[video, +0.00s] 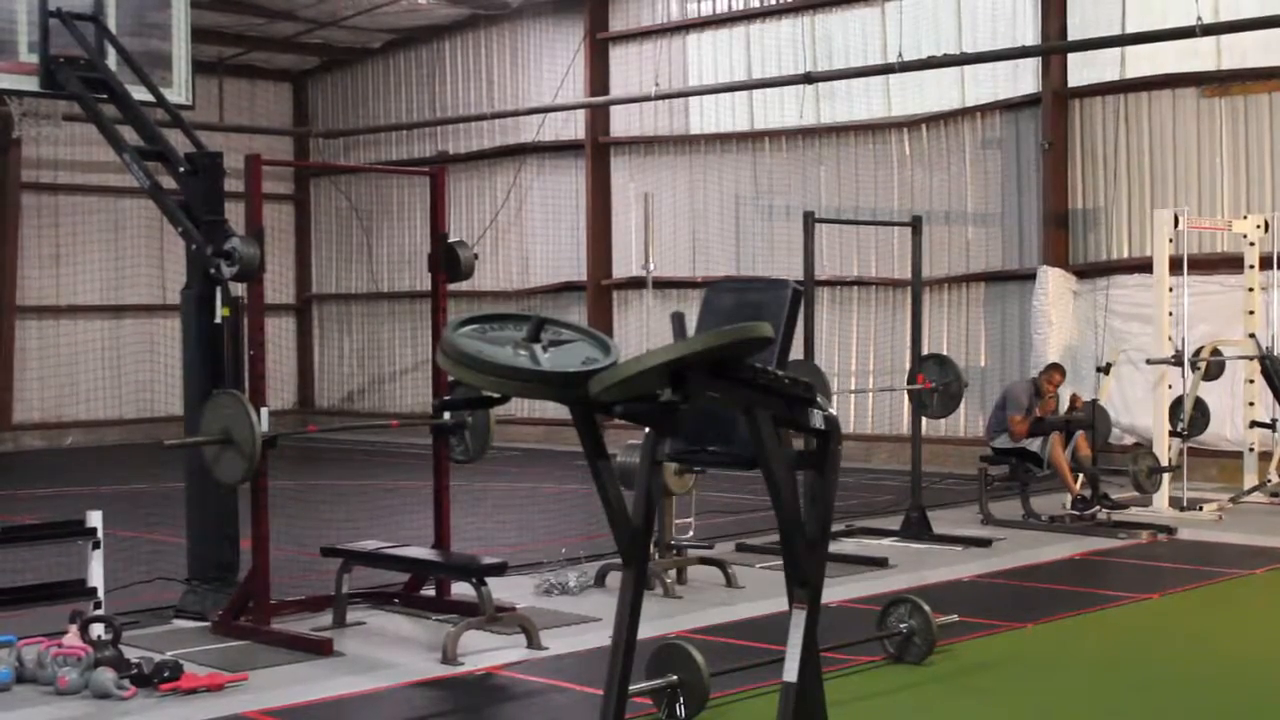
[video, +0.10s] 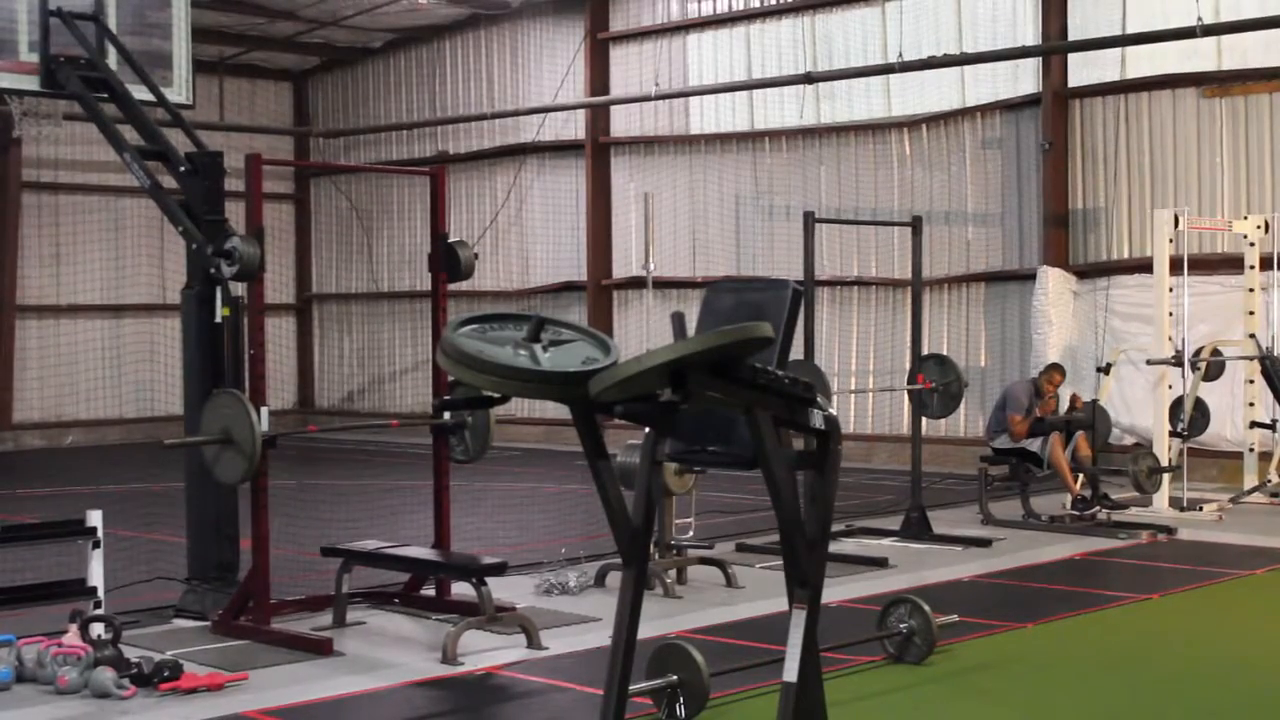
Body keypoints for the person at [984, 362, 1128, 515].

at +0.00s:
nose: (1051, 389)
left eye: (1056, 386)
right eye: (1049, 383)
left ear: (1059, 386)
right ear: (1040, 375)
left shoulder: (1048, 395)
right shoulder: (1019, 390)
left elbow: (1050, 424)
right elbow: (1016, 434)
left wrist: (1071, 411)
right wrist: (1040, 415)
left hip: (1026, 438)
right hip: (1001, 439)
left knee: (1078, 435)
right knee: (1052, 439)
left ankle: (1097, 493)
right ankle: (1077, 497)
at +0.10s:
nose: (1051, 390)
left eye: (1056, 387)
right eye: (1049, 384)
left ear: (1059, 386)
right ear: (1040, 376)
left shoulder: (1048, 395)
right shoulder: (1019, 391)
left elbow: (1051, 425)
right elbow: (1016, 435)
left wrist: (1071, 411)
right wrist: (1039, 414)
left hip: (1027, 438)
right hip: (1001, 439)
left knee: (1078, 436)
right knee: (1053, 440)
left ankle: (1097, 494)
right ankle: (1077, 498)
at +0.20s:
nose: (1051, 390)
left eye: (1056, 387)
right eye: (1049, 383)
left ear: (1059, 386)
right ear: (1040, 375)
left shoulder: (1048, 395)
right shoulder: (1019, 391)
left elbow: (1051, 425)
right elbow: (1016, 435)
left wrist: (1071, 411)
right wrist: (1039, 413)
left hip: (1026, 438)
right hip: (1001, 439)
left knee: (1078, 435)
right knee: (1053, 439)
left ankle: (1097, 493)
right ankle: (1077, 497)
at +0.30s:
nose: (1051, 390)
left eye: (1056, 387)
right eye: (1049, 384)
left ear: (1059, 386)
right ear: (1041, 375)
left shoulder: (1049, 395)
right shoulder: (1019, 391)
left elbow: (1052, 426)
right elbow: (1016, 434)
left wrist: (1071, 411)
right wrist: (1039, 413)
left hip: (1027, 438)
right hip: (1002, 439)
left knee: (1079, 436)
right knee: (1053, 439)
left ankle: (1097, 493)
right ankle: (1077, 498)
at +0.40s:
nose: (1052, 390)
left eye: (1056, 387)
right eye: (1049, 384)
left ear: (1059, 386)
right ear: (1041, 375)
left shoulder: (1049, 395)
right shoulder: (1019, 391)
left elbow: (1052, 426)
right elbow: (1017, 435)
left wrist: (1071, 411)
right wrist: (1038, 413)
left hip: (1027, 438)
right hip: (1002, 439)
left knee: (1079, 436)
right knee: (1053, 440)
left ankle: (1097, 493)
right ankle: (1077, 498)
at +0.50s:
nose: (1052, 390)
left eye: (1056, 387)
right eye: (1050, 384)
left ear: (1059, 386)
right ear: (1041, 376)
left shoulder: (1050, 395)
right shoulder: (1019, 391)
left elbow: (1052, 426)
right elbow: (1017, 435)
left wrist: (1071, 411)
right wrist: (1039, 413)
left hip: (1028, 438)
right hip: (1002, 439)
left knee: (1079, 435)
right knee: (1053, 440)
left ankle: (1097, 493)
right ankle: (1077, 497)